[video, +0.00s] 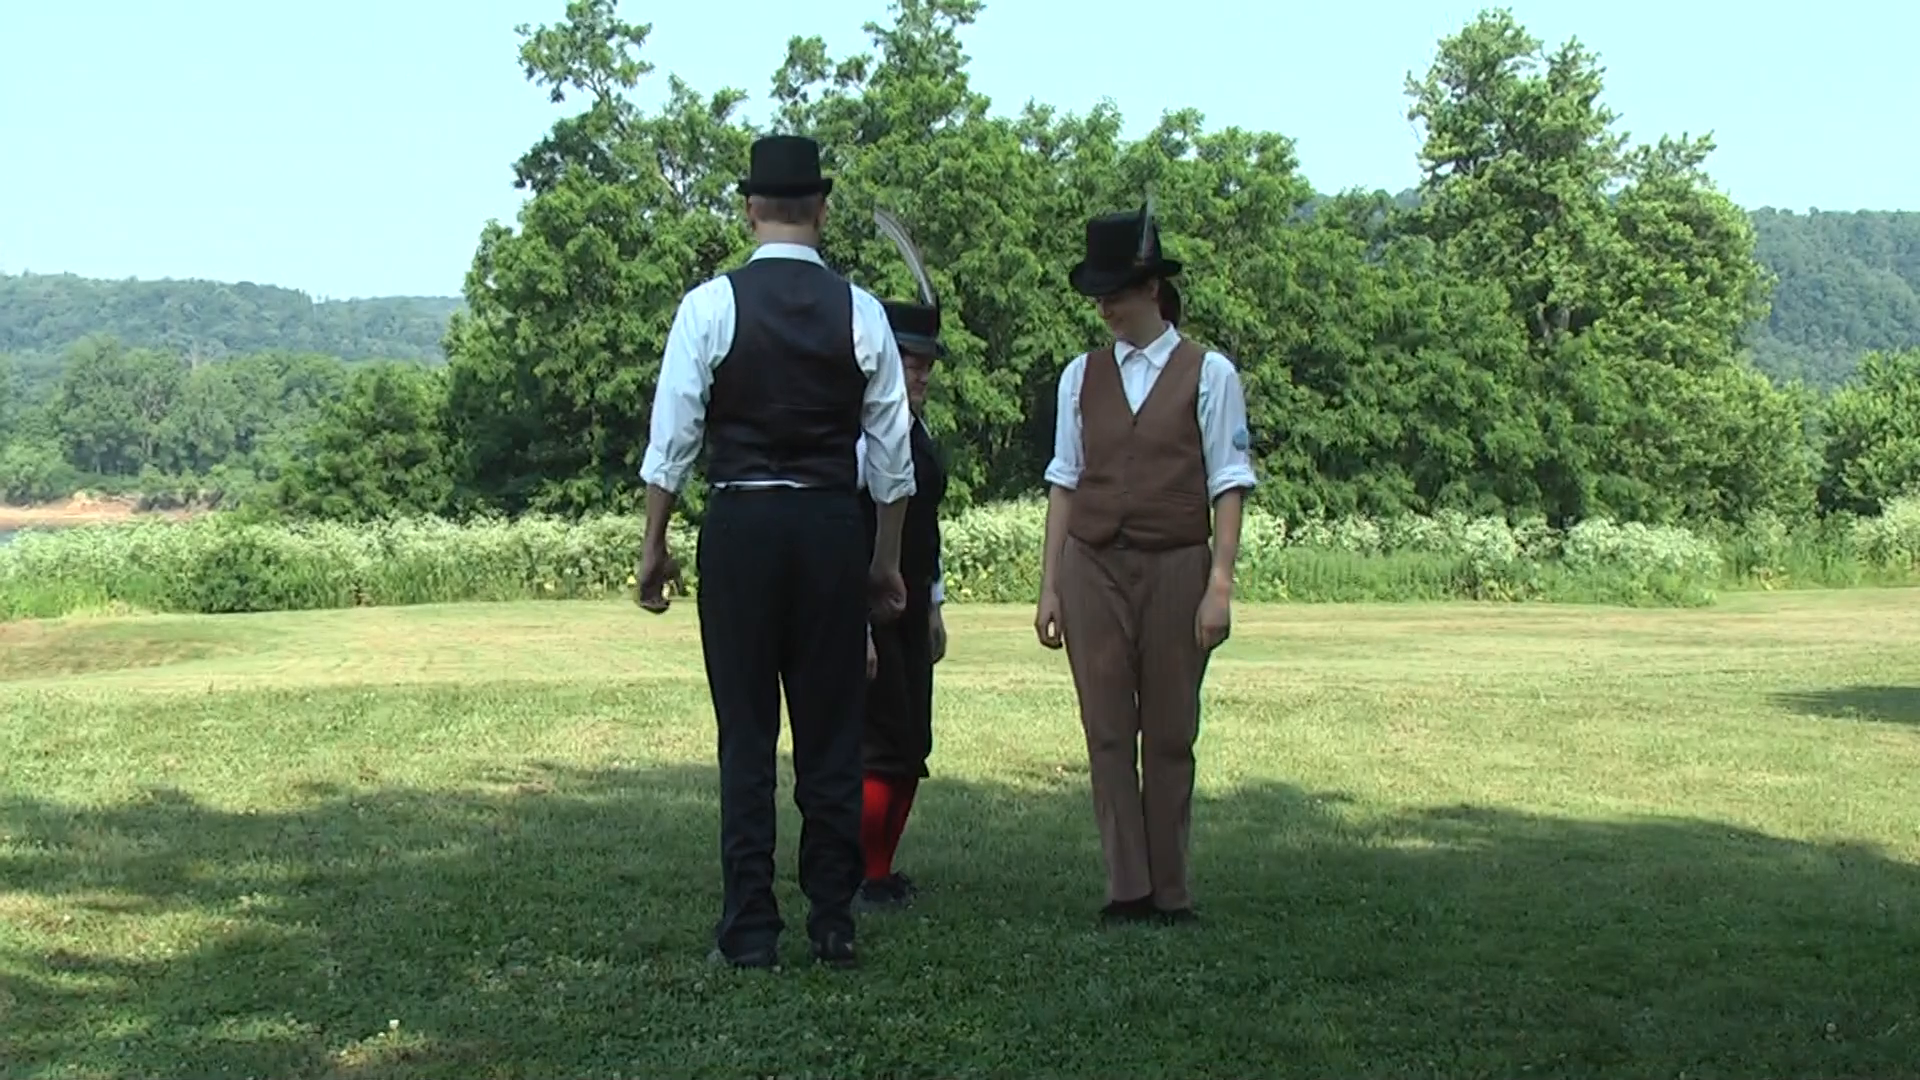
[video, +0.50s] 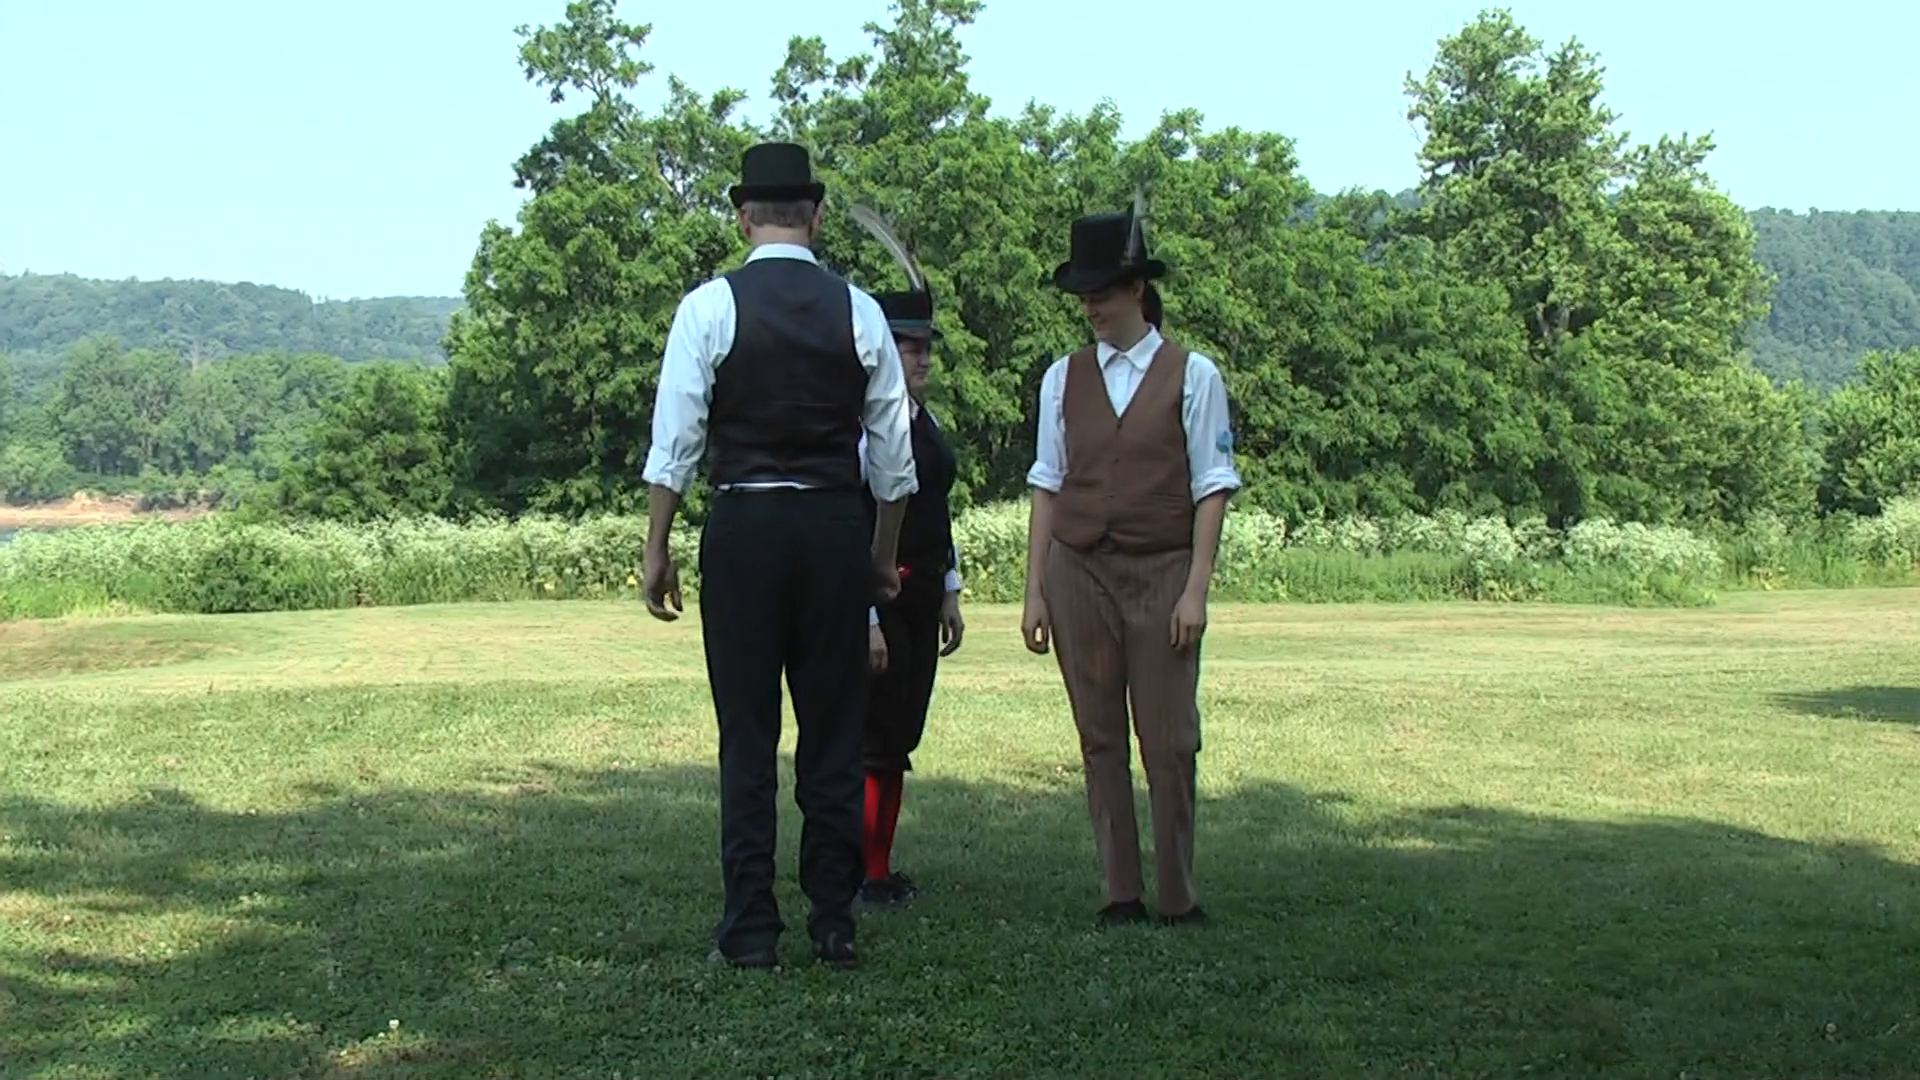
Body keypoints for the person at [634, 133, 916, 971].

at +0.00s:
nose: (797, 215)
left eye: (755, 204)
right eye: (813, 204)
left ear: (749, 210)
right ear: (822, 209)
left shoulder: (710, 304)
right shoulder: (863, 311)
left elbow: (674, 428)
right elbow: (893, 443)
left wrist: (654, 541)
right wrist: (887, 556)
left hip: (739, 536)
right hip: (835, 534)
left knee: (745, 739)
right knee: (831, 736)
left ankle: (749, 930)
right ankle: (834, 926)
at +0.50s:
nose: (772, 222)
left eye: (749, 211)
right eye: (803, 210)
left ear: (742, 215)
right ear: (815, 214)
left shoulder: (710, 305)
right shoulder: (859, 309)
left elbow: (676, 433)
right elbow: (892, 441)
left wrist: (656, 545)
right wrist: (886, 545)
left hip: (742, 535)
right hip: (836, 533)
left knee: (745, 738)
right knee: (833, 733)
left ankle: (749, 929)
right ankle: (835, 923)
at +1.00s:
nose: (753, 222)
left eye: (745, 212)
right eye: (797, 212)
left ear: (742, 218)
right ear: (814, 216)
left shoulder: (708, 307)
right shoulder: (859, 312)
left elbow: (671, 432)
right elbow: (893, 445)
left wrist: (650, 544)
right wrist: (890, 551)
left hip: (738, 537)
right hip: (834, 535)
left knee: (741, 741)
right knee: (831, 737)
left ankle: (748, 929)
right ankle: (835, 923)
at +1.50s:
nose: (765, 230)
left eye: (753, 220)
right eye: (807, 220)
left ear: (748, 224)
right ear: (823, 225)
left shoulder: (714, 308)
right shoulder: (863, 318)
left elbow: (664, 415)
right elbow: (895, 457)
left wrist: (598, 507)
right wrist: (885, 562)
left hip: (740, 527)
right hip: (836, 533)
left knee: (718, 711)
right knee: (830, 720)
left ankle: (736, 899)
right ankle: (831, 920)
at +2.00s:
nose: (761, 244)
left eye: (752, 234)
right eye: (761, 234)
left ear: (689, 241)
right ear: (751, 239)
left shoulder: (651, 308)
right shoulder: (789, 321)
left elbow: (599, 232)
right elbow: (836, 433)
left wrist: (579, 152)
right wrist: (852, 536)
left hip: (684, 529)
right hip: (775, 528)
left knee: (692, 722)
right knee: (773, 628)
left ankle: (697, 917)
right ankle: (771, 784)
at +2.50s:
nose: (819, 316)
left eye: (818, 303)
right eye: (819, 302)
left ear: (753, 285)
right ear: (802, 297)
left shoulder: (694, 328)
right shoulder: (811, 361)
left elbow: (676, 250)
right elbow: (830, 473)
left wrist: (710, 164)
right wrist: (816, 570)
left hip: (665, 541)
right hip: (745, 548)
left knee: (681, 724)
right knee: (809, 631)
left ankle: (672, 897)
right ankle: (758, 797)